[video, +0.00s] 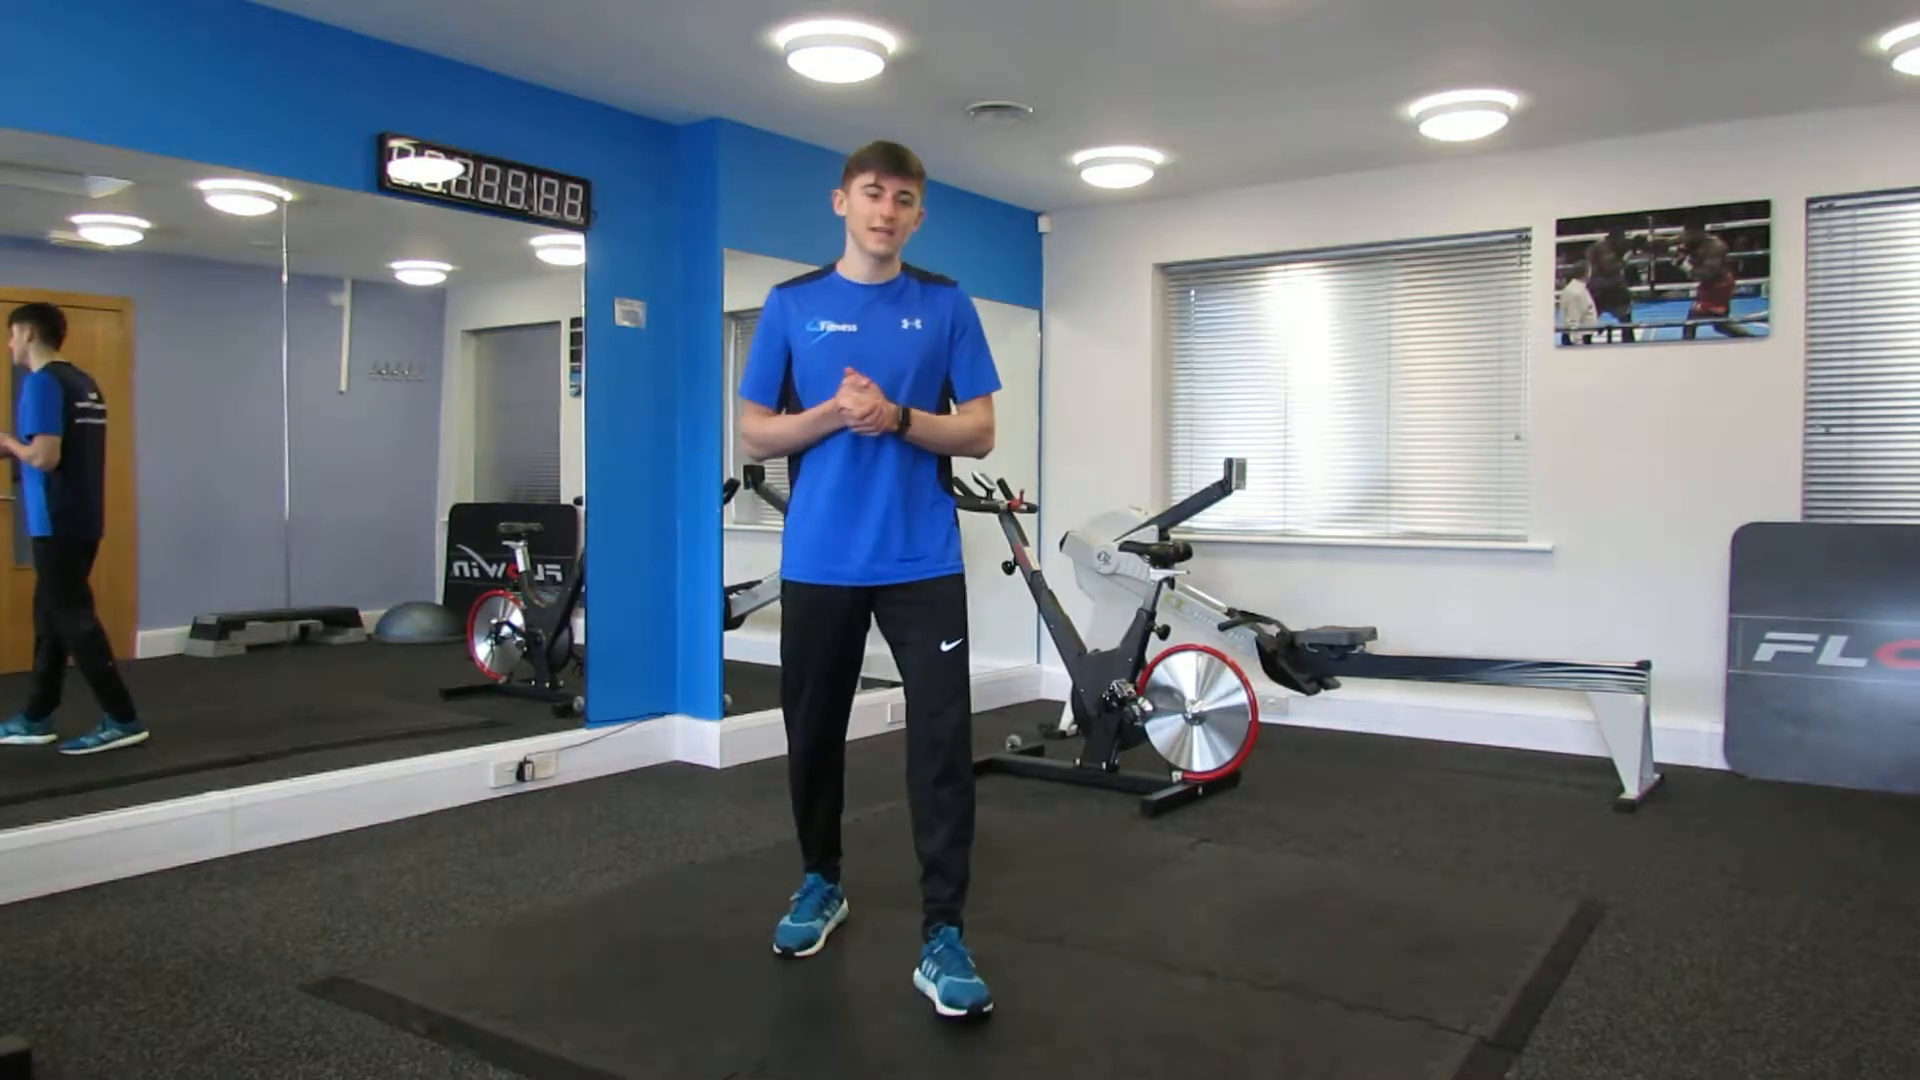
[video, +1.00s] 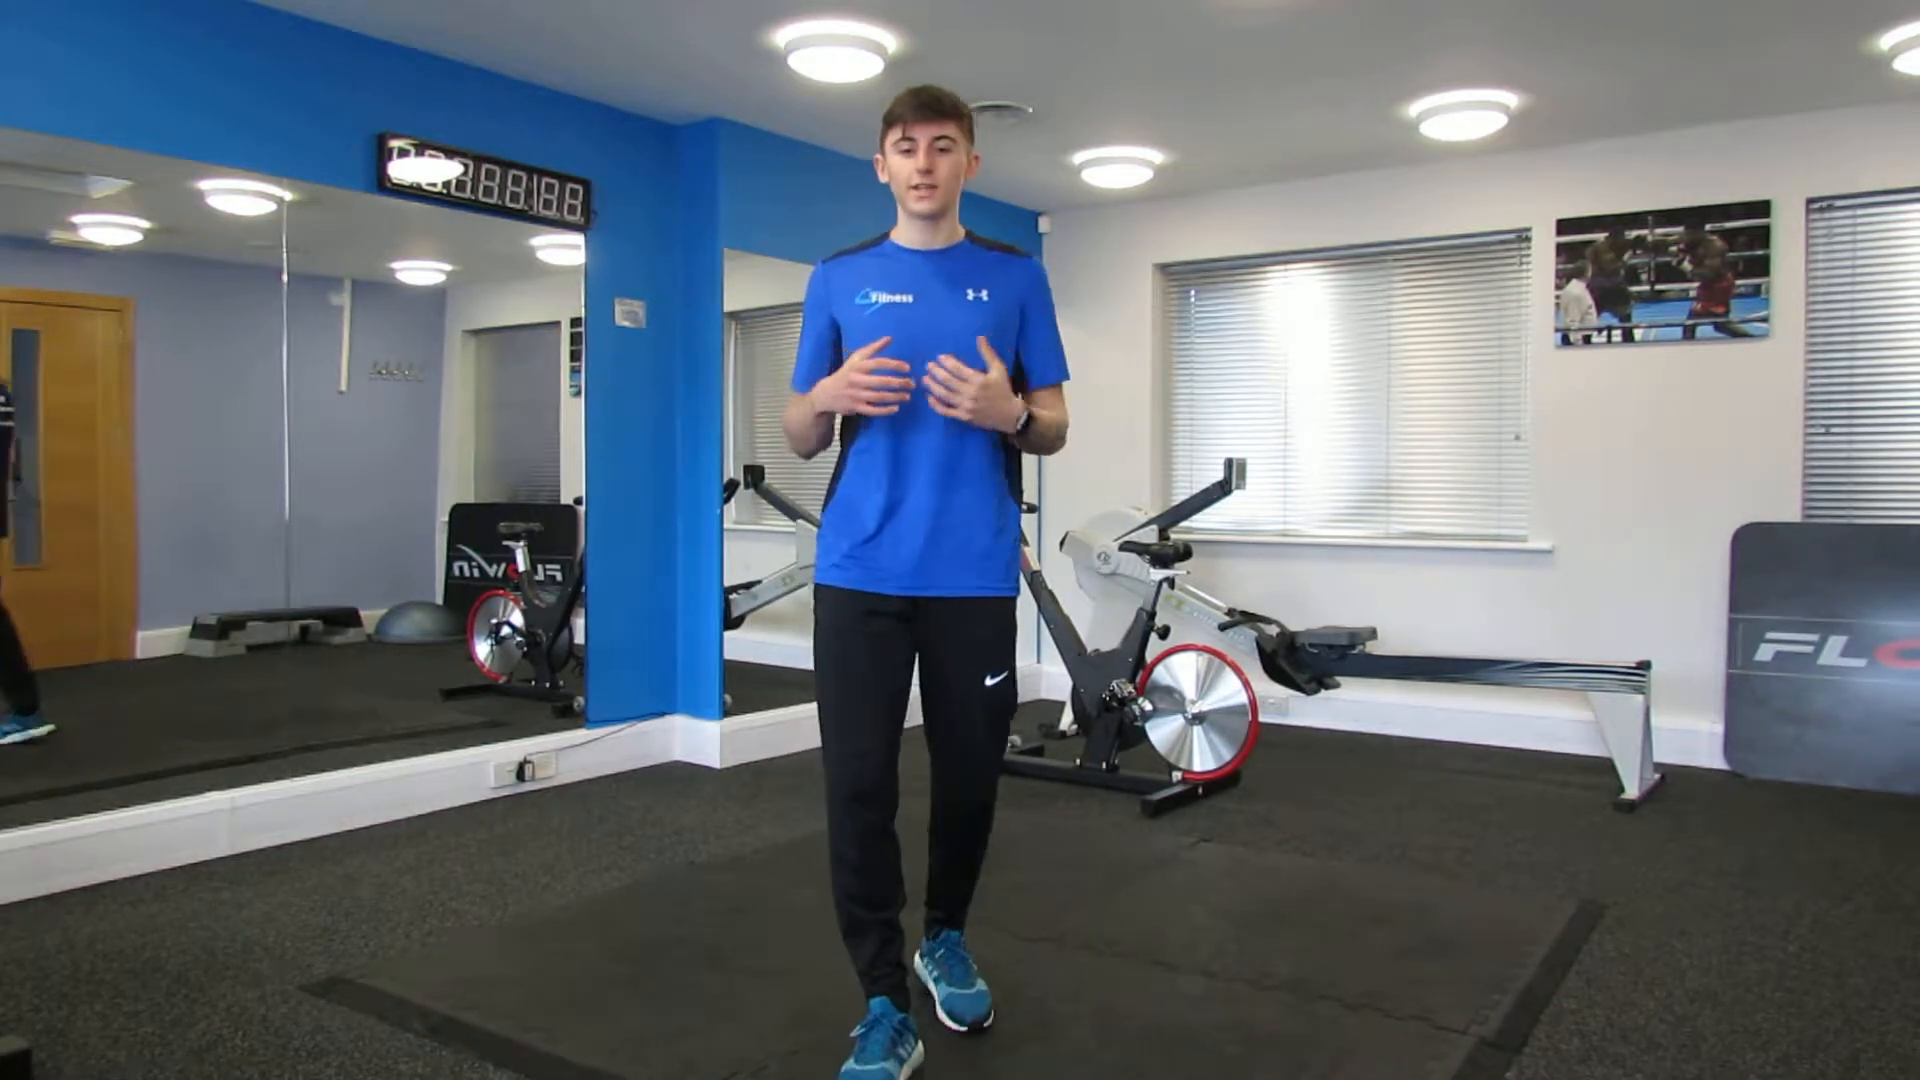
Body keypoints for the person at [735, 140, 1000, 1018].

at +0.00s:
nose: (887, 208)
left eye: (903, 198)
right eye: (874, 192)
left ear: (918, 216)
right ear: (842, 202)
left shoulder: (945, 304)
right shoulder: (789, 305)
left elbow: (979, 431)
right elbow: (754, 435)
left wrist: (899, 419)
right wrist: (830, 415)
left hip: (922, 557)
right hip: (821, 557)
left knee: (944, 737)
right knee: (812, 732)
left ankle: (943, 932)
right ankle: (820, 882)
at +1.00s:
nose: (923, 161)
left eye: (942, 147)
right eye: (906, 147)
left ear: (970, 165)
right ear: (883, 166)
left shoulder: (1016, 275)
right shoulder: (839, 278)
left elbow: (1053, 429)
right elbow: (800, 437)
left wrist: (1009, 413)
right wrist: (831, 392)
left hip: (975, 573)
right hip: (859, 571)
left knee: (970, 777)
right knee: (859, 792)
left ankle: (944, 936)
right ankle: (883, 1002)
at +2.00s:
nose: (994, 156)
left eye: (1012, 143)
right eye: (976, 143)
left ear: (1037, 164)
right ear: (948, 162)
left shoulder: (1081, 274)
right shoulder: (906, 272)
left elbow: (1130, 424)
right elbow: (854, 418)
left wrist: (1059, 426)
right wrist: (937, 335)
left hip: (1037, 566)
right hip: (920, 563)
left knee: (1048, 776)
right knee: (894, 775)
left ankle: (1036, 963)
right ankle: (889, 999)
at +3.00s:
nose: (980, 204)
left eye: (996, 192)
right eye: (965, 191)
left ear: (1017, 207)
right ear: (941, 205)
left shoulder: (1060, 300)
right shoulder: (905, 304)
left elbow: (1111, 428)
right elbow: (857, 442)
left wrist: (1040, 412)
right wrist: (890, 350)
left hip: (1027, 558)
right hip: (928, 556)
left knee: (1039, 745)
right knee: (936, 738)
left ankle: (1037, 932)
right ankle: (962, 892)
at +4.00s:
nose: (1025, 196)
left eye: (1041, 185)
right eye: (1009, 183)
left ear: (1060, 203)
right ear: (984, 199)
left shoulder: (1096, 301)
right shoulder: (937, 303)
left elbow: (1132, 433)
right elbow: (905, 438)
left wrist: (1055, 421)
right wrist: (974, 410)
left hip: (1059, 562)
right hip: (958, 559)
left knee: (1064, 740)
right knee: (951, 738)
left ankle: (1045, 910)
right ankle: (963, 893)